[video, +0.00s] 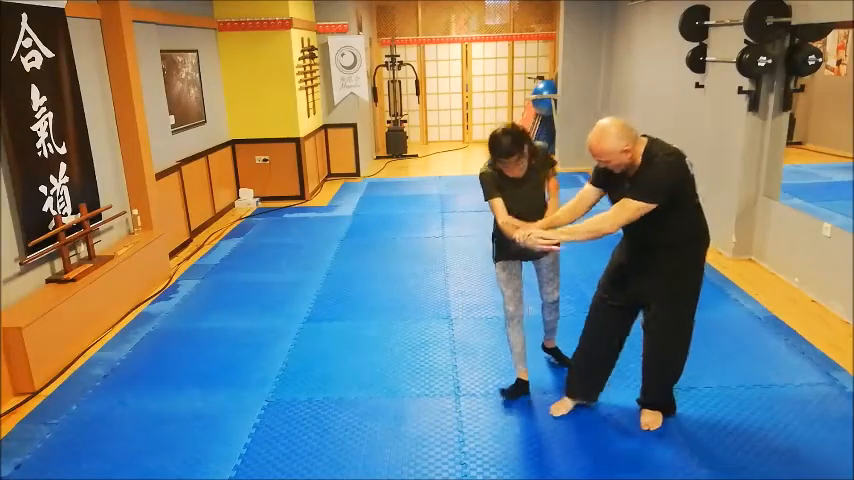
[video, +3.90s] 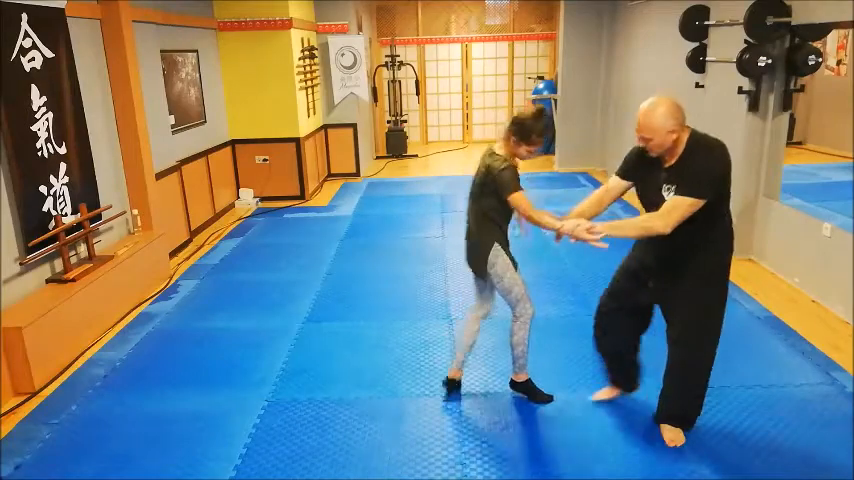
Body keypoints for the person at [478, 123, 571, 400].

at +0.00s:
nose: (514, 170)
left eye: (518, 163)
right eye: (506, 166)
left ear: (526, 151)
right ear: (496, 160)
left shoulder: (542, 158)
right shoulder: (489, 176)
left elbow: (554, 203)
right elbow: (502, 220)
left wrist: (540, 227)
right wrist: (528, 239)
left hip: (545, 236)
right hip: (508, 241)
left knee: (551, 298)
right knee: (513, 311)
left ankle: (550, 343)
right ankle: (521, 377)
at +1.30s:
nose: (510, 161)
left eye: (514, 154)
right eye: (503, 154)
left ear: (521, 148)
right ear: (490, 149)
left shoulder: (517, 163)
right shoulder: (482, 175)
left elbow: (522, 191)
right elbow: (520, 217)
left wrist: (534, 213)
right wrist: (560, 245)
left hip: (518, 240)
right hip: (488, 248)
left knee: (530, 295)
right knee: (498, 319)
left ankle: (542, 345)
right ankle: (506, 376)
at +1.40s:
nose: (512, 149)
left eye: (516, 142)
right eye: (505, 143)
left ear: (523, 134)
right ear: (489, 136)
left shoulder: (506, 158)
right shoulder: (485, 170)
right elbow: (528, 213)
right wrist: (570, 240)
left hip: (508, 238)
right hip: (484, 243)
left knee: (518, 301)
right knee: (499, 317)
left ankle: (524, 350)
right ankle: (497, 376)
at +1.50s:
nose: (516, 139)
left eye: (519, 132)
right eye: (512, 133)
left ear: (516, 124)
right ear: (491, 128)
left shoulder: (492, 153)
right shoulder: (489, 164)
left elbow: (495, 197)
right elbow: (533, 211)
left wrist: (519, 212)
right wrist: (578, 234)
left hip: (498, 242)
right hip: (486, 246)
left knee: (505, 304)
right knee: (499, 315)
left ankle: (498, 355)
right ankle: (486, 378)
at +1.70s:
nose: (514, 131)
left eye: (515, 125)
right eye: (511, 125)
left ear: (489, 123)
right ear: (491, 123)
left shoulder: (461, 153)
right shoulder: (498, 162)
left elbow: (449, 193)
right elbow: (536, 210)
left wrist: (481, 194)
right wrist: (581, 229)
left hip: (468, 244)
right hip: (495, 247)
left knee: (475, 305)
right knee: (504, 315)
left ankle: (452, 373)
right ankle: (484, 383)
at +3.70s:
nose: (516, 143)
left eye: (519, 138)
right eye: (516, 136)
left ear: (491, 128)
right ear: (499, 130)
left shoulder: (461, 155)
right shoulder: (492, 165)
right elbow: (535, 201)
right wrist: (580, 212)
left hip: (453, 247)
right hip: (481, 249)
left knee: (457, 314)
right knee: (510, 311)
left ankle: (451, 383)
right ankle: (517, 381)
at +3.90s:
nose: (531, 155)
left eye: (535, 151)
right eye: (529, 150)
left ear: (513, 137)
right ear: (513, 140)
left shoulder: (492, 154)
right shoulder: (504, 168)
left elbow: (503, 189)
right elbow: (528, 213)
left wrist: (521, 212)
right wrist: (566, 228)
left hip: (477, 243)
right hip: (490, 247)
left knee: (481, 306)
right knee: (523, 308)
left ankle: (454, 374)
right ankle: (520, 378)